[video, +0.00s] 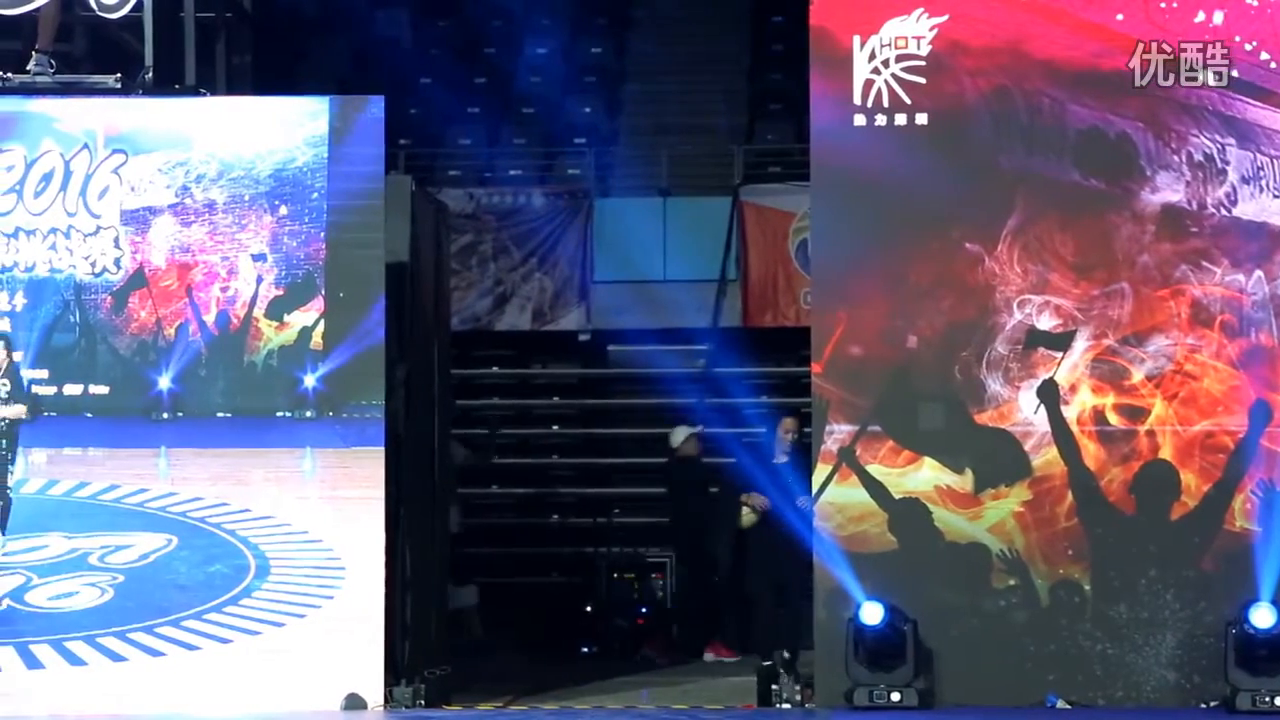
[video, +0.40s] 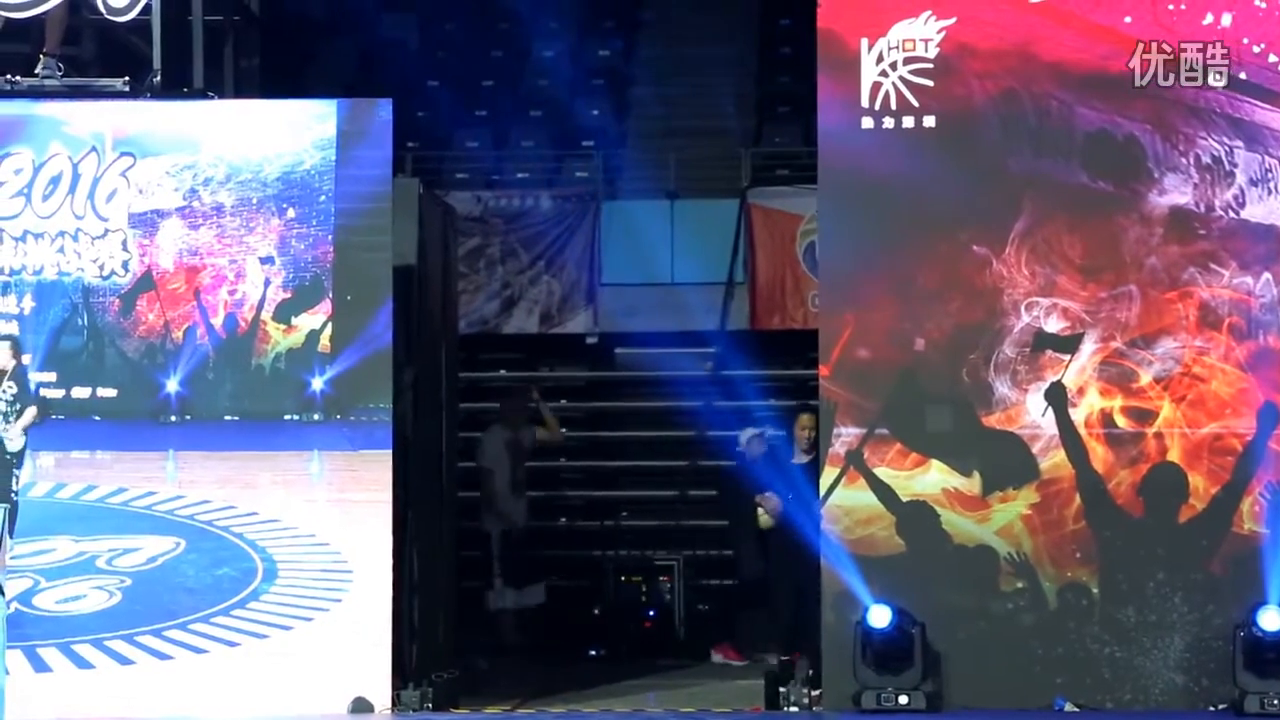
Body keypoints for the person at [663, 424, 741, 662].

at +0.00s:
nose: (697, 444)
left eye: (696, 440)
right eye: (692, 441)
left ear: (682, 446)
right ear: (682, 446)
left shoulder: (688, 469)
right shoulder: (685, 470)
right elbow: (707, 500)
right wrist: (741, 498)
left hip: (693, 535)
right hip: (695, 536)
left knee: (697, 588)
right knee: (706, 587)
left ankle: (704, 641)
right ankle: (711, 642)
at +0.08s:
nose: (711, 441)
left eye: (709, 437)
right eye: (705, 438)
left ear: (699, 442)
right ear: (694, 443)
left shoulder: (702, 467)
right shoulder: (698, 468)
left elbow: (719, 497)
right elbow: (717, 500)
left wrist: (745, 500)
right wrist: (747, 500)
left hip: (708, 532)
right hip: (708, 534)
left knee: (712, 587)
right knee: (715, 588)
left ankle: (716, 641)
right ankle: (715, 642)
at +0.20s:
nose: (731, 440)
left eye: (730, 436)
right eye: (726, 437)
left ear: (727, 440)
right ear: (714, 443)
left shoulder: (725, 466)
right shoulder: (715, 467)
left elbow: (732, 497)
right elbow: (728, 498)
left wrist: (757, 500)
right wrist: (757, 499)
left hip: (729, 532)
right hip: (724, 533)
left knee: (724, 585)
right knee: (729, 586)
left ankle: (706, 630)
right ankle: (725, 641)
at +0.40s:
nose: (761, 448)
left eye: (762, 442)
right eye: (755, 443)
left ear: (764, 445)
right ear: (743, 448)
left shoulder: (764, 469)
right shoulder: (739, 473)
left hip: (758, 538)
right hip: (745, 537)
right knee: (746, 589)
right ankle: (732, 642)